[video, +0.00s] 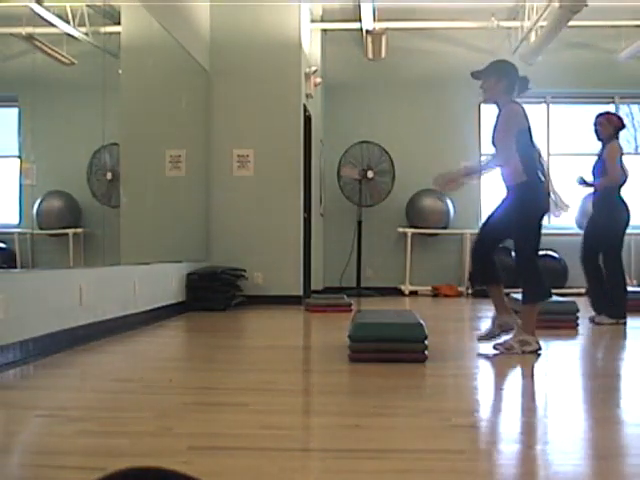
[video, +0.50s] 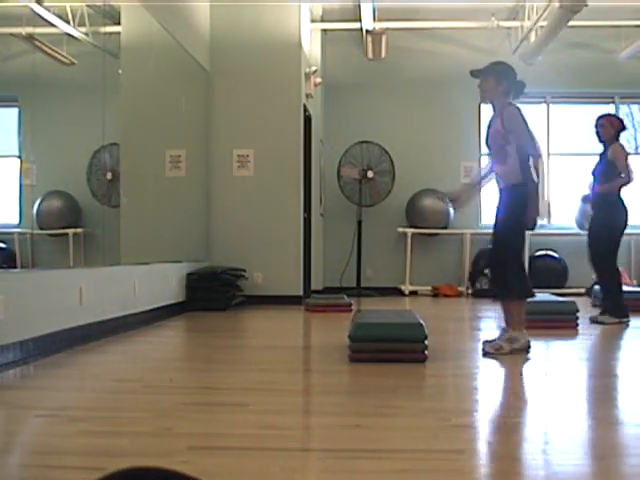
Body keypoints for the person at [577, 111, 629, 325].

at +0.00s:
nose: (597, 129)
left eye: (601, 125)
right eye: (596, 125)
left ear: (613, 127)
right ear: (600, 129)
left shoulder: (611, 148)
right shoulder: (612, 148)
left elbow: (614, 177)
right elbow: (623, 175)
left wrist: (592, 183)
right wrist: (599, 185)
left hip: (606, 206)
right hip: (614, 205)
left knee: (589, 256)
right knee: (612, 257)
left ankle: (605, 309)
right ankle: (616, 309)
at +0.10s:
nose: (596, 129)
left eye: (600, 126)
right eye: (595, 126)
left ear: (612, 127)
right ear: (596, 129)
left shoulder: (613, 148)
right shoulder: (605, 150)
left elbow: (627, 174)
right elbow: (606, 179)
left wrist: (604, 191)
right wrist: (589, 189)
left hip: (610, 207)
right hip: (603, 206)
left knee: (599, 257)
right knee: (597, 257)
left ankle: (612, 310)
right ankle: (610, 307)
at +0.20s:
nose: (592, 130)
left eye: (596, 127)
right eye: (591, 127)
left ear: (608, 130)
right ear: (591, 131)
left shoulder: (612, 149)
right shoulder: (594, 154)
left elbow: (637, 162)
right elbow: (583, 181)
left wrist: (625, 185)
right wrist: (567, 173)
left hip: (617, 209)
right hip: (608, 210)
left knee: (580, 243)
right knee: (602, 256)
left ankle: (596, 294)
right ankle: (612, 307)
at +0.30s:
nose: (594, 129)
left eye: (598, 126)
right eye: (592, 126)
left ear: (609, 129)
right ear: (592, 130)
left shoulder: (613, 148)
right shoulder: (594, 153)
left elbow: (638, 157)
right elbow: (578, 176)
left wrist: (629, 186)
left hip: (616, 208)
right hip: (608, 208)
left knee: (579, 241)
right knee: (605, 255)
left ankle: (597, 290)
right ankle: (612, 305)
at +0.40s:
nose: (597, 130)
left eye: (601, 126)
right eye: (596, 126)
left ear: (612, 129)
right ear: (597, 129)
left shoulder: (616, 148)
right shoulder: (603, 150)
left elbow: (637, 164)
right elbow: (600, 180)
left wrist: (623, 186)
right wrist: (580, 183)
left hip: (611, 207)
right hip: (605, 207)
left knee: (591, 254)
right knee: (605, 255)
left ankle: (608, 306)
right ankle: (613, 304)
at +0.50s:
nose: (599, 130)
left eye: (603, 126)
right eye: (598, 127)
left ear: (615, 129)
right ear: (599, 130)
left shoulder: (616, 149)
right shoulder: (608, 151)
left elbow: (626, 176)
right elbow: (611, 179)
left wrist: (603, 188)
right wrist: (594, 194)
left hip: (610, 207)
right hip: (602, 207)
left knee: (604, 258)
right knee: (600, 258)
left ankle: (616, 309)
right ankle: (611, 306)